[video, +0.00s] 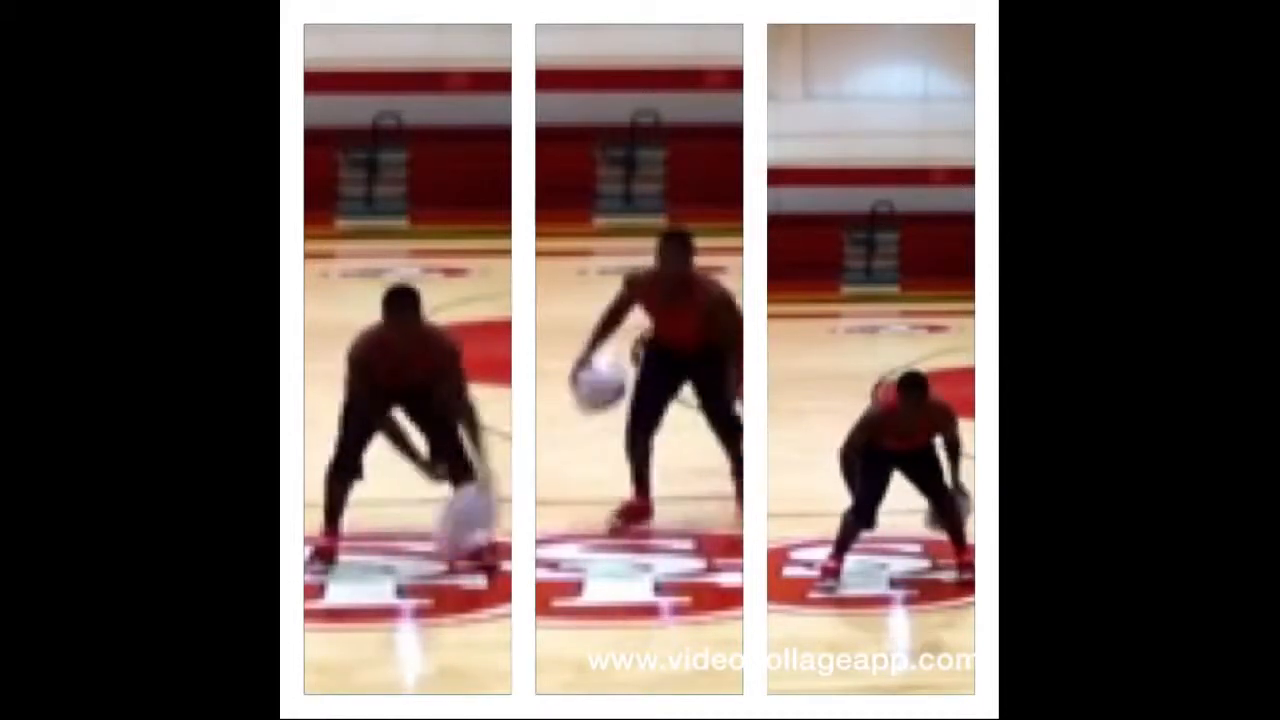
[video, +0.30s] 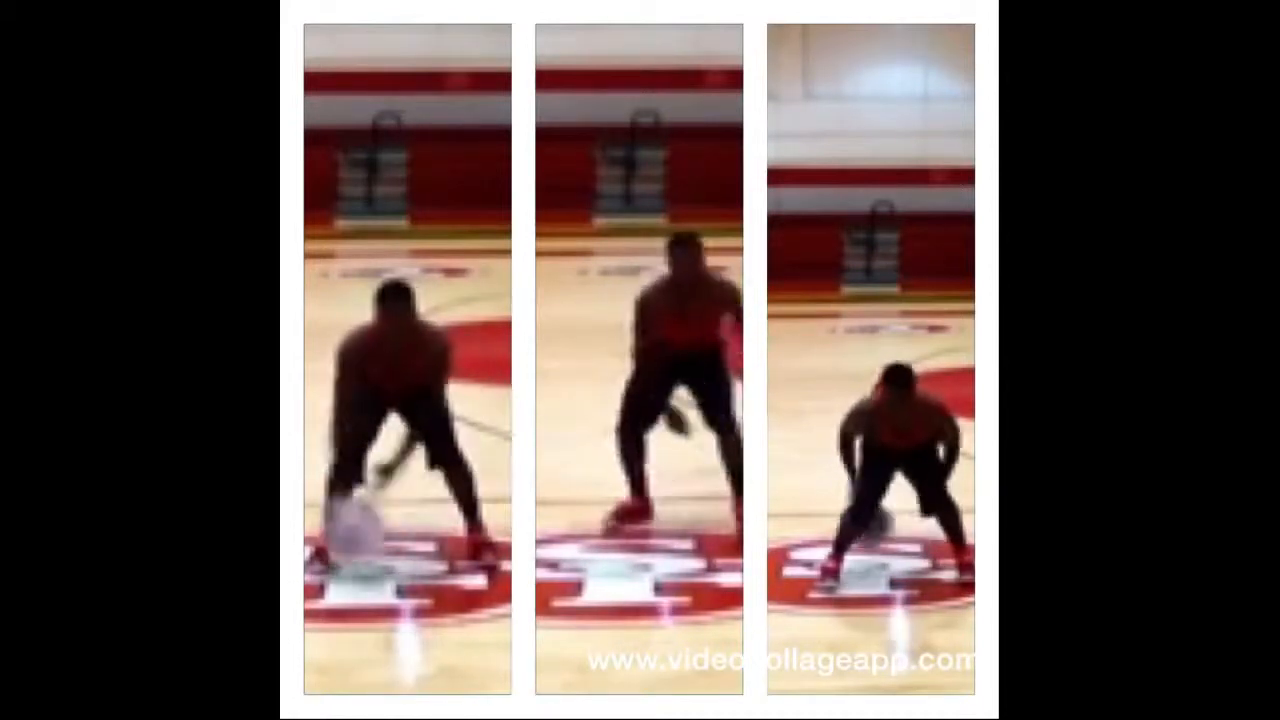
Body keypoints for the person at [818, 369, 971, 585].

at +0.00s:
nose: (912, 410)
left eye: (917, 404)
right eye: (907, 404)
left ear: (926, 398)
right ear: (898, 398)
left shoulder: (939, 413)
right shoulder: (878, 414)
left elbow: (952, 444)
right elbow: (847, 452)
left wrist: (955, 481)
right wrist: (857, 494)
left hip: (917, 452)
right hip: (877, 453)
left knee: (946, 502)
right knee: (862, 510)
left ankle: (963, 558)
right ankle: (834, 562)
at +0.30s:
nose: (893, 404)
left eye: (901, 398)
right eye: (889, 396)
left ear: (912, 392)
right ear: (882, 390)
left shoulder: (930, 410)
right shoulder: (869, 410)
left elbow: (952, 438)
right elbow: (846, 436)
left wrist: (943, 472)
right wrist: (852, 475)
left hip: (919, 452)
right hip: (879, 451)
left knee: (940, 502)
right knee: (862, 507)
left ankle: (962, 557)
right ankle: (835, 559)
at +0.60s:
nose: (906, 404)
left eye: (911, 397)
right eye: (901, 396)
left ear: (920, 392)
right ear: (891, 391)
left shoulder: (934, 410)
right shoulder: (874, 410)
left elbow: (947, 441)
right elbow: (845, 451)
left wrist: (948, 478)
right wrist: (857, 493)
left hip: (916, 455)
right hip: (876, 455)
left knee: (944, 501)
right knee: (862, 511)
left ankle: (962, 558)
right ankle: (834, 560)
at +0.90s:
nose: (890, 403)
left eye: (896, 396)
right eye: (885, 396)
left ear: (906, 391)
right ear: (876, 391)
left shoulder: (926, 411)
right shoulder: (864, 411)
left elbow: (947, 442)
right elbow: (840, 440)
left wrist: (935, 479)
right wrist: (850, 472)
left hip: (915, 454)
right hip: (873, 454)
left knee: (937, 503)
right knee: (849, 504)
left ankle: (962, 557)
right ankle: (831, 560)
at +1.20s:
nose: (907, 406)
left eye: (912, 400)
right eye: (902, 400)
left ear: (920, 394)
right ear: (893, 395)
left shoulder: (935, 413)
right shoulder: (875, 414)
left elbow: (944, 442)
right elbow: (844, 449)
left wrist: (939, 472)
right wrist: (853, 489)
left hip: (915, 455)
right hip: (875, 456)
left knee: (941, 504)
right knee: (860, 509)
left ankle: (962, 557)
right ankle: (834, 559)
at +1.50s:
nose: (897, 408)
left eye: (903, 402)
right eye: (892, 401)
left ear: (914, 395)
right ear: (883, 394)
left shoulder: (932, 412)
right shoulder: (869, 411)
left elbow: (949, 446)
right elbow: (845, 445)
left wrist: (936, 480)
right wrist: (857, 477)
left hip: (920, 456)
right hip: (880, 456)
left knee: (943, 507)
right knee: (859, 508)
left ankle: (963, 558)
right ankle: (834, 559)